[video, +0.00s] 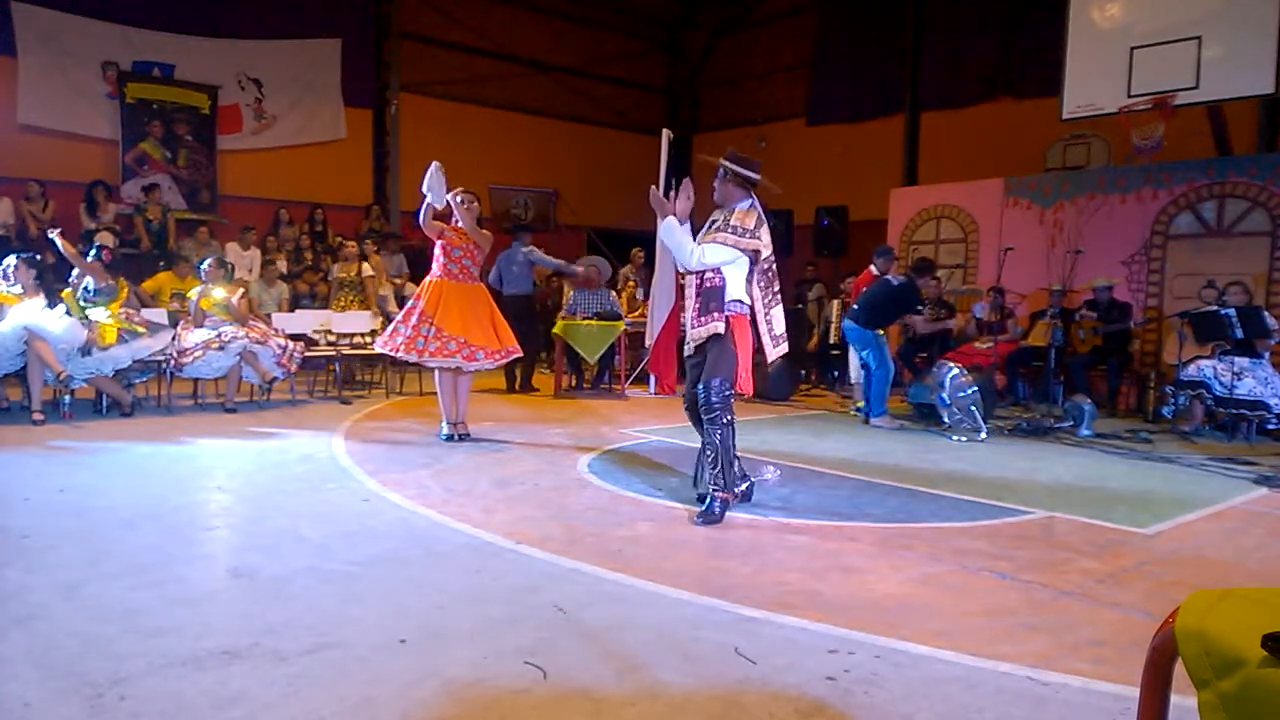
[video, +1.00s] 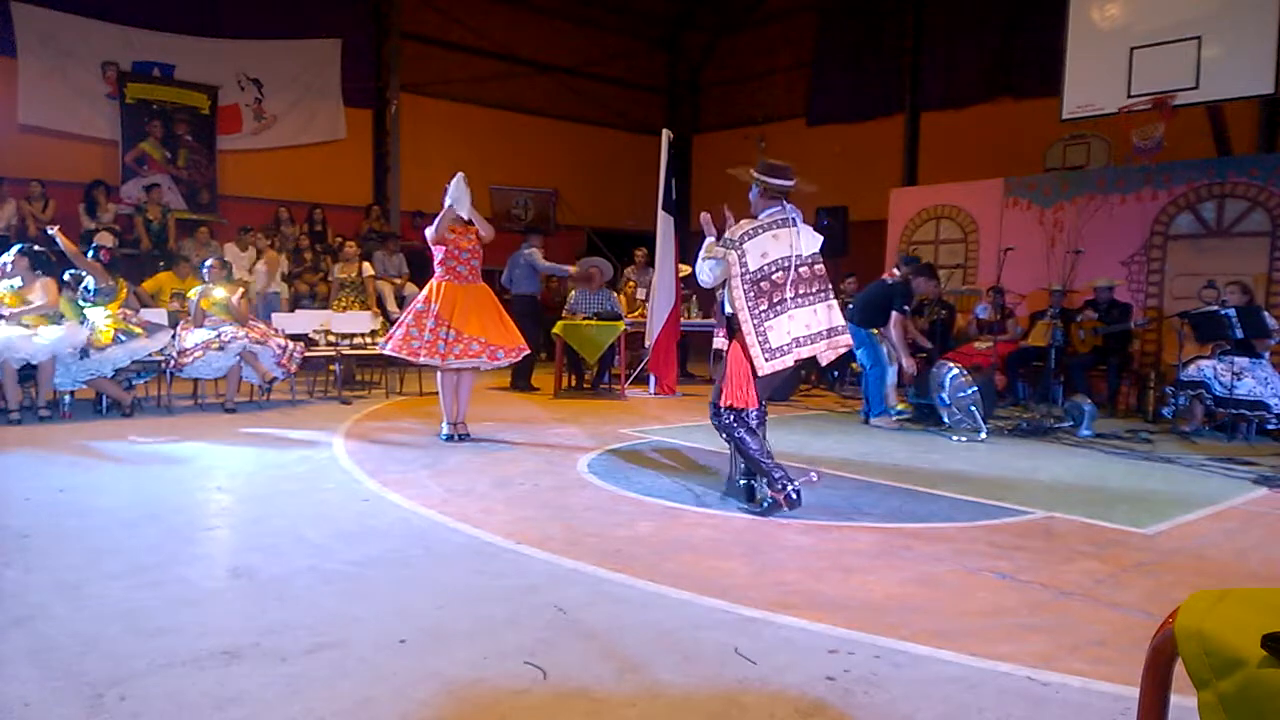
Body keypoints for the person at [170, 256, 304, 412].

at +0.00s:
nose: (205, 271)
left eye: (210, 268)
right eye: (204, 268)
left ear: (222, 271)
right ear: (202, 272)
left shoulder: (237, 291)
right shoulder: (198, 293)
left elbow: (244, 320)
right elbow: (198, 323)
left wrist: (231, 305)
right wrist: (199, 299)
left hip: (232, 327)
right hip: (208, 328)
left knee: (236, 355)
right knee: (237, 341)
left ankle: (229, 400)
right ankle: (264, 374)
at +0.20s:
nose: (205, 272)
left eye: (209, 268)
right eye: (204, 269)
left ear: (222, 271)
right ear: (202, 272)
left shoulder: (237, 291)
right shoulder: (198, 293)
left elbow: (244, 320)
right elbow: (197, 323)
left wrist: (231, 304)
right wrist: (199, 298)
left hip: (232, 328)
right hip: (207, 329)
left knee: (236, 355)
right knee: (237, 341)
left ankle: (229, 400)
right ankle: (264, 374)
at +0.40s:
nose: (205, 272)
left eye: (209, 268)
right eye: (204, 269)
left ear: (222, 271)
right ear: (202, 272)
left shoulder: (237, 290)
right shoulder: (198, 292)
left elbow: (244, 320)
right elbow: (197, 323)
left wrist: (230, 303)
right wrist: (199, 298)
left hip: (232, 327)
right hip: (207, 328)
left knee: (236, 355)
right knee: (237, 341)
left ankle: (229, 399)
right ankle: (264, 374)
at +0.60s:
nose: (204, 272)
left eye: (209, 269)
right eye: (204, 269)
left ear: (222, 272)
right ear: (202, 272)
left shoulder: (237, 290)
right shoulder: (198, 292)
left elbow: (244, 320)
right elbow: (197, 323)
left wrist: (230, 303)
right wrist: (199, 299)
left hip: (232, 328)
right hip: (207, 329)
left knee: (236, 355)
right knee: (237, 341)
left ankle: (229, 399)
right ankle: (264, 374)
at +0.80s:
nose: (206, 272)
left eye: (211, 268)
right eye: (205, 268)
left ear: (223, 272)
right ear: (202, 272)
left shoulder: (237, 290)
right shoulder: (198, 293)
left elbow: (244, 320)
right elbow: (197, 323)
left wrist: (230, 303)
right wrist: (199, 299)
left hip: (232, 328)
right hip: (207, 329)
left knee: (236, 355)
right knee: (237, 341)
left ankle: (229, 400)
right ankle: (264, 374)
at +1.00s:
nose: (209, 271)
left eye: (214, 268)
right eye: (207, 268)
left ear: (225, 272)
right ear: (204, 272)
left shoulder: (237, 290)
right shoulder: (199, 292)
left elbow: (244, 320)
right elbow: (197, 323)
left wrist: (231, 304)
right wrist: (200, 301)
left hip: (233, 327)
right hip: (208, 328)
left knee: (236, 355)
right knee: (237, 340)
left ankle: (229, 400)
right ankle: (263, 374)